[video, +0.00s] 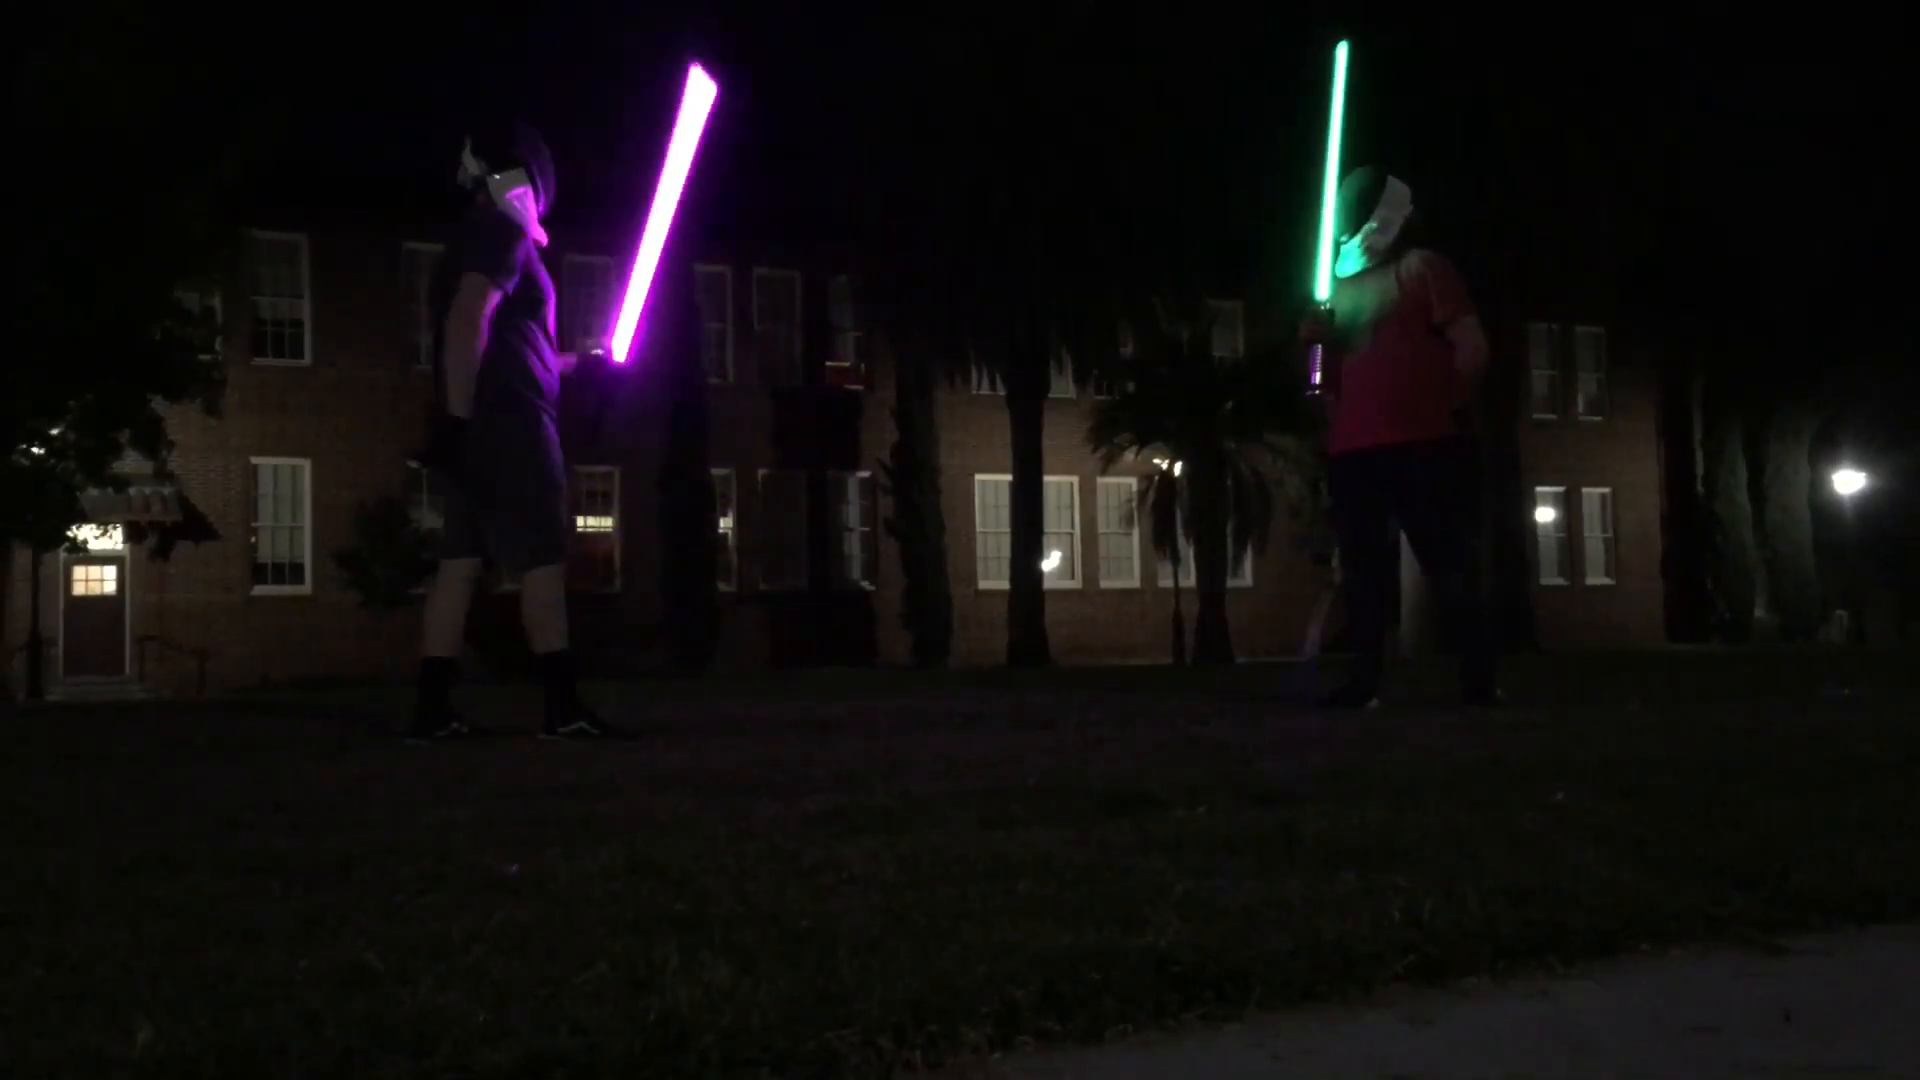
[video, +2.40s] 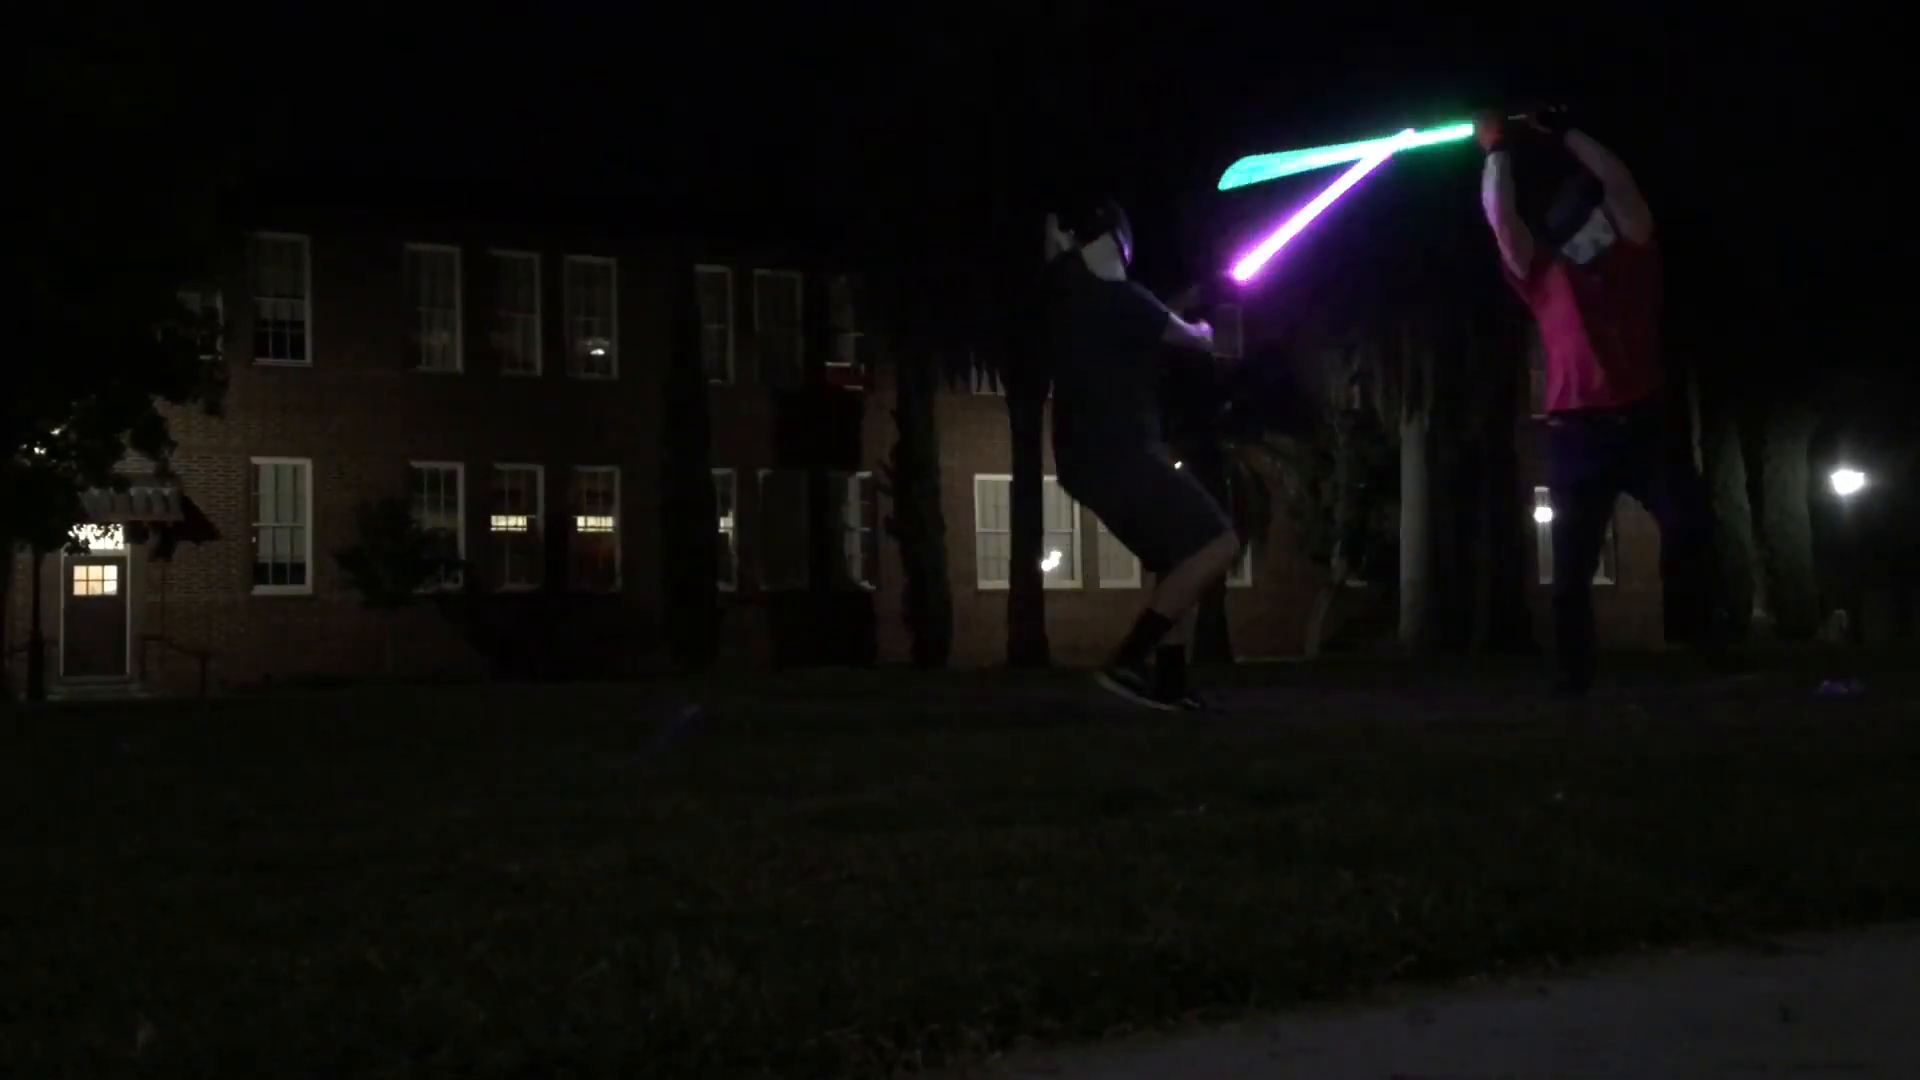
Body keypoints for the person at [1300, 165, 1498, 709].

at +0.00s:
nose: (1365, 233)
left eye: (1373, 221)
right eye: (1358, 222)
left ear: (1393, 220)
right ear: (1353, 223)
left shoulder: (1421, 271)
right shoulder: (1341, 284)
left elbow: (1470, 345)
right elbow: (1330, 372)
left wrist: (1439, 399)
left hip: (1422, 446)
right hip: (1356, 452)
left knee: (1449, 570)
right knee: (1364, 574)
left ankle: (1473, 678)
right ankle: (1360, 680)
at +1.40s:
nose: (1376, 249)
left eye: (1386, 235)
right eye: (1371, 239)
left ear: (1413, 231)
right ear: (1369, 238)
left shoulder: (1440, 283)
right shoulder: (1371, 300)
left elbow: (1419, 359)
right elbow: (1350, 362)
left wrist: (1348, 390)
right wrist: (1320, 382)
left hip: (1437, 455)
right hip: (1379, 456)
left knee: (1451, 570)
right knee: (1346, 561)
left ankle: (1476, 684)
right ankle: (1328, 679)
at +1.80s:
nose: (1368, 262)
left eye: (1382, 252)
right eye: (1366, 250)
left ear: (1407, 260)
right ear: (1360, 258)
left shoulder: (1425, 312)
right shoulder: (1350, 329)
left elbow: (1372, 372)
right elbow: (1316, 393)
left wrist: (1303, 415)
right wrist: (1254, 411)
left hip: (1434, 479)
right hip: (1373, 482)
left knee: (1473, 586)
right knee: (1319, 563)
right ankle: (1311, 682)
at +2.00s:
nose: (1449, 282)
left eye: (1460, 271)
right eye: (1450, 273)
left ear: (1485, 274)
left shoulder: (1502, 310)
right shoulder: (1441, 330)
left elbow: (1431, 331)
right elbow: (1406, 398)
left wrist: (1367, 343)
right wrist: (1338, 392)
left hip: (1495, 482)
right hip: (1436, 485)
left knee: (1548, 598)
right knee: (1373, 584)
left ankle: (1640, 688)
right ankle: (1317, 690)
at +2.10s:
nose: (1491, 275)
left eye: (1502, 266)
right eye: (1486, 267)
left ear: (1527, 262)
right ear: (1484, 271)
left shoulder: (1554, 301)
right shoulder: (1474, 325)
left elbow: (1499, 277)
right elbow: (1444, 359)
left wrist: (1430, 280)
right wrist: (1398, 341)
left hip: (1550, 466)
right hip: (1484, 471)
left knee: (1587, 586)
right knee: (1431, 580)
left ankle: (1644, 687)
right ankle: (1361, 678)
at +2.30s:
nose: (1564, 226)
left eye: (1573, 217)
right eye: (1553, 220)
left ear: (1580, 222)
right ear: (1540, 229)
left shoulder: (1602, 254)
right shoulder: (1522, 280)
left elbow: (1579, 184)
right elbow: (1494, 245)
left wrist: (1516, 154)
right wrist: (1474, 181)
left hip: (1614, 412)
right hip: (1548, 419)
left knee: (1642, 551)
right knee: (1542, 555)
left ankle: (1650, 674)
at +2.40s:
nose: (1596, 222)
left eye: (1600, 210)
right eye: (1584, 214)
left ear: (1607, 215)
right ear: (1566, 223)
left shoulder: (1633, 252)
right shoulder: (1543, 272)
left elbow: (1616, 181)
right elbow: (1500, 215)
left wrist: (1566, 131)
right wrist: (1497, 149)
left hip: (1644, 421)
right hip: (1576, 427)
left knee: (1690, 526)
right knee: (1572, 560)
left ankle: (1695, 653)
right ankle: (1573, 679)